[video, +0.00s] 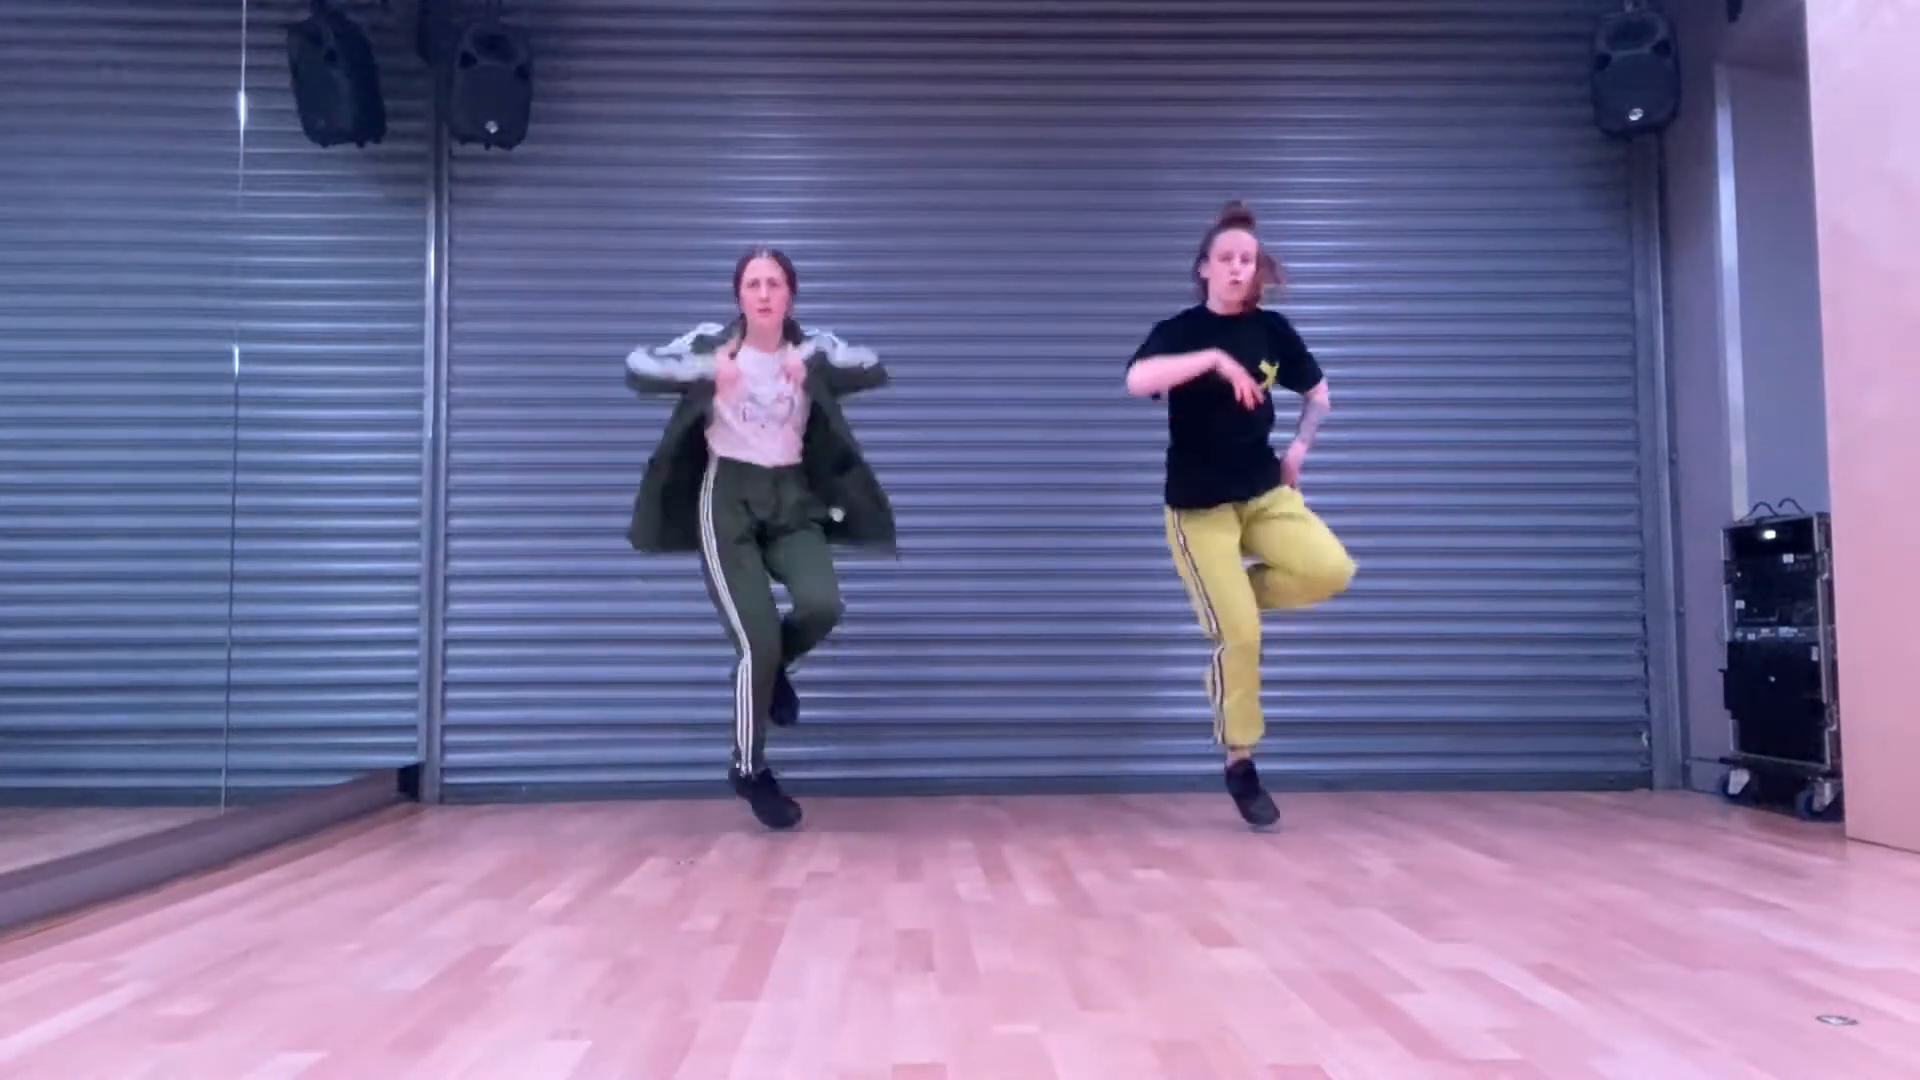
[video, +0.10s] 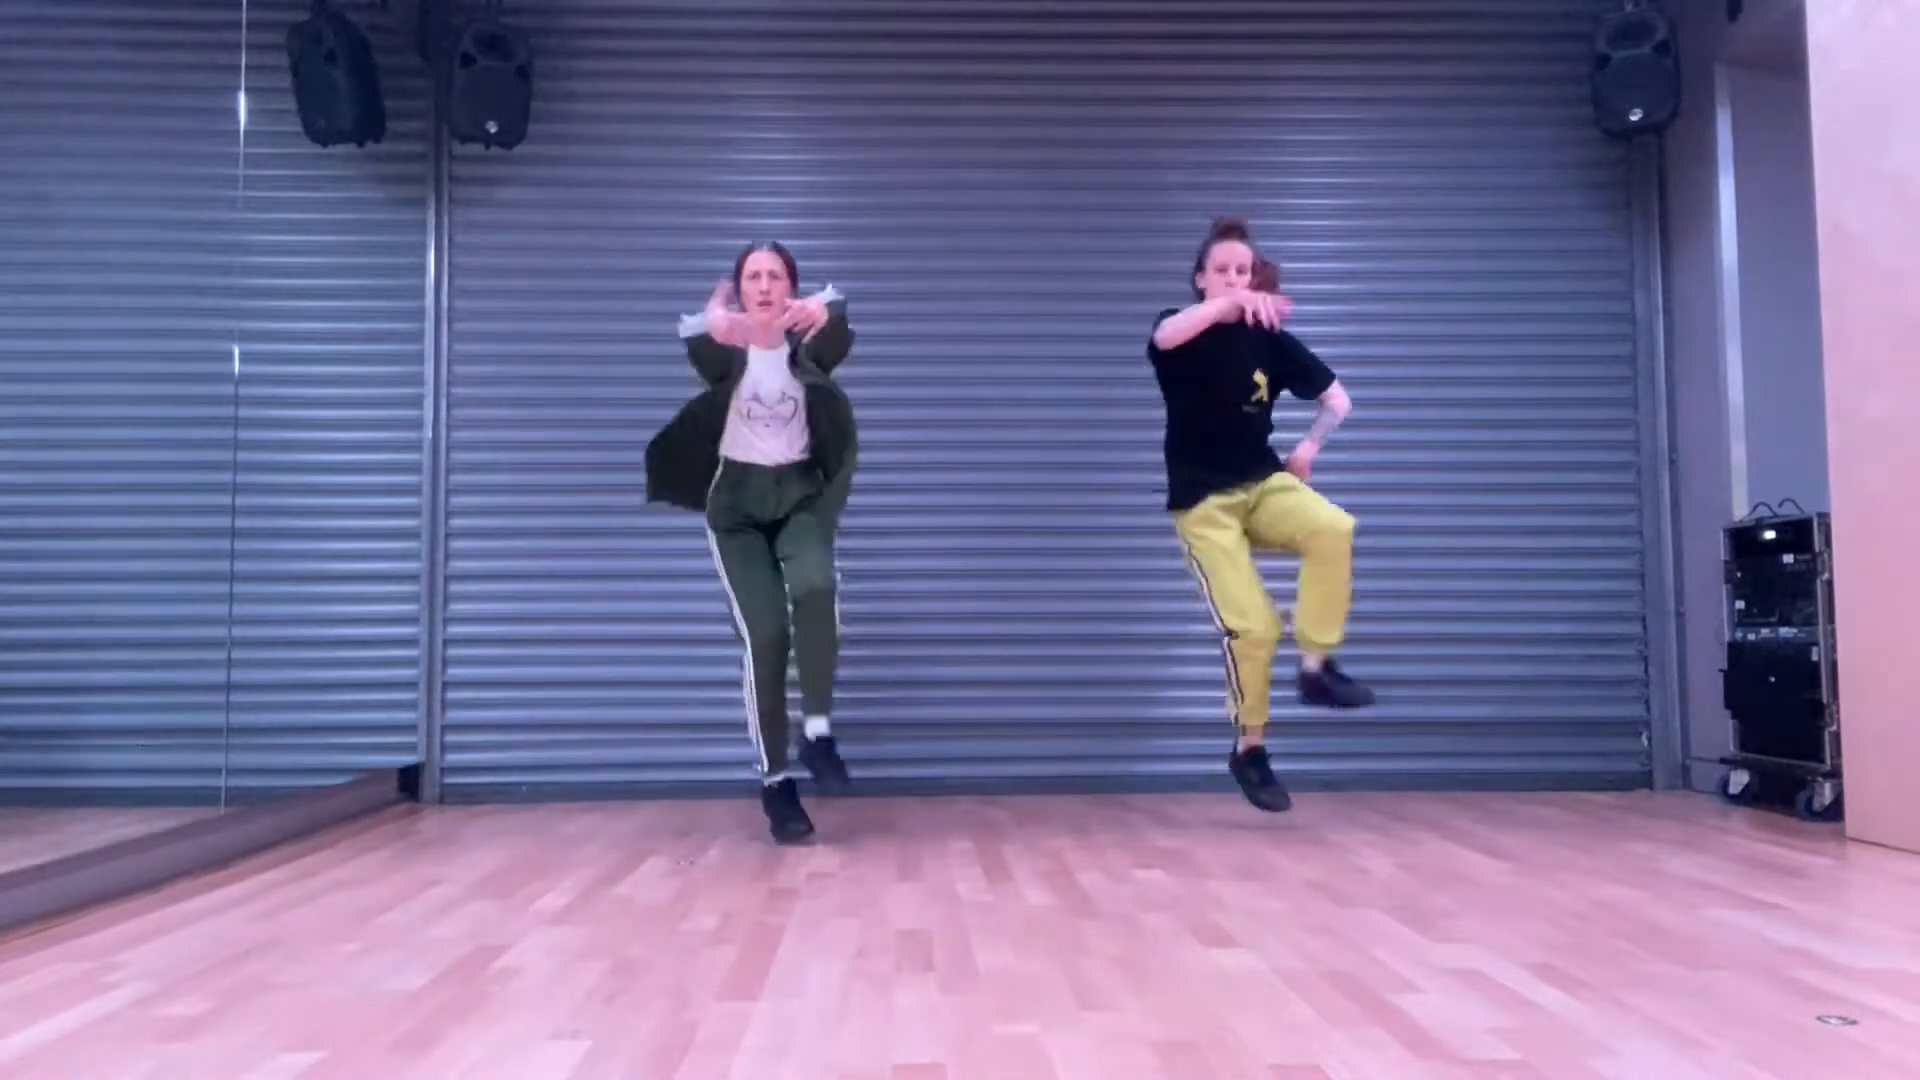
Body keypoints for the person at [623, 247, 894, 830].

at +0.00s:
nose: (764, 293)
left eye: (774, 284)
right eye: (753, 285)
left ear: (791, 295)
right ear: (738, 295)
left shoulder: (812, 350)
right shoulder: (712, 350)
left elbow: (877, 371)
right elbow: (637, 369)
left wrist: (821, 362)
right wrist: (700, 361)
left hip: (793, 500)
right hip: (727, 499)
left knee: (822, 608)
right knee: (761, 642)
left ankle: (769, 663)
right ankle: (750, 771)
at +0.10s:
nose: (764, 286)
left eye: (774, 277)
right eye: (754, 278)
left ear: (793, 288)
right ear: (737, 291)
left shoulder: (809, 345)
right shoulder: (725, 348)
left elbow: (837, 339)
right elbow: (706, 353)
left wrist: (823, 309)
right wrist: (719, 322)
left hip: (803, 497)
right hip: (736, 499)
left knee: (816, 590)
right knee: (767, 634)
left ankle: (817, 732)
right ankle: (776, 780)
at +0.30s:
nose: (763, 308)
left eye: (773, 298)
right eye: (752, 299)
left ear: (791, 312)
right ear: (737, 313)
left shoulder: (821, 382)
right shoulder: (718, 387)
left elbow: (856, 468)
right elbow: (711, 473)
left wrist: (829, 525)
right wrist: (730, 531)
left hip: (819, 525)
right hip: (752, 528)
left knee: (811, 638)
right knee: (773, 662)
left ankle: (847, 773)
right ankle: (801, 788)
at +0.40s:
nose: (764, 322)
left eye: (775, 312)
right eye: (754, 315)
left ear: (796, 322)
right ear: (743, 329)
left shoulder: (829, 398)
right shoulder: (723, 404)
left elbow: (855, 496)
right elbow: (718, 498)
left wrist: (869, 582)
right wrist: (711, 583)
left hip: (822, 558)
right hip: (751, 563)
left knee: (819, 679)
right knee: (742, 660)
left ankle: (878, 801)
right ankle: (810, 769)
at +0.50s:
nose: (736, 343)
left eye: (747, 332)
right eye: (733, 335)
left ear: (784, 339)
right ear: (737, 347)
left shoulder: (832, 413)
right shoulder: (722, 417)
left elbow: (873, 503)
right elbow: (706, 504)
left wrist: (894, 586)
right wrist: (685, 586)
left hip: (808, 569)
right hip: (735, 568)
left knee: (801, 695)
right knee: (690, 660)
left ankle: (872, 803)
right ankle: (735, 772)